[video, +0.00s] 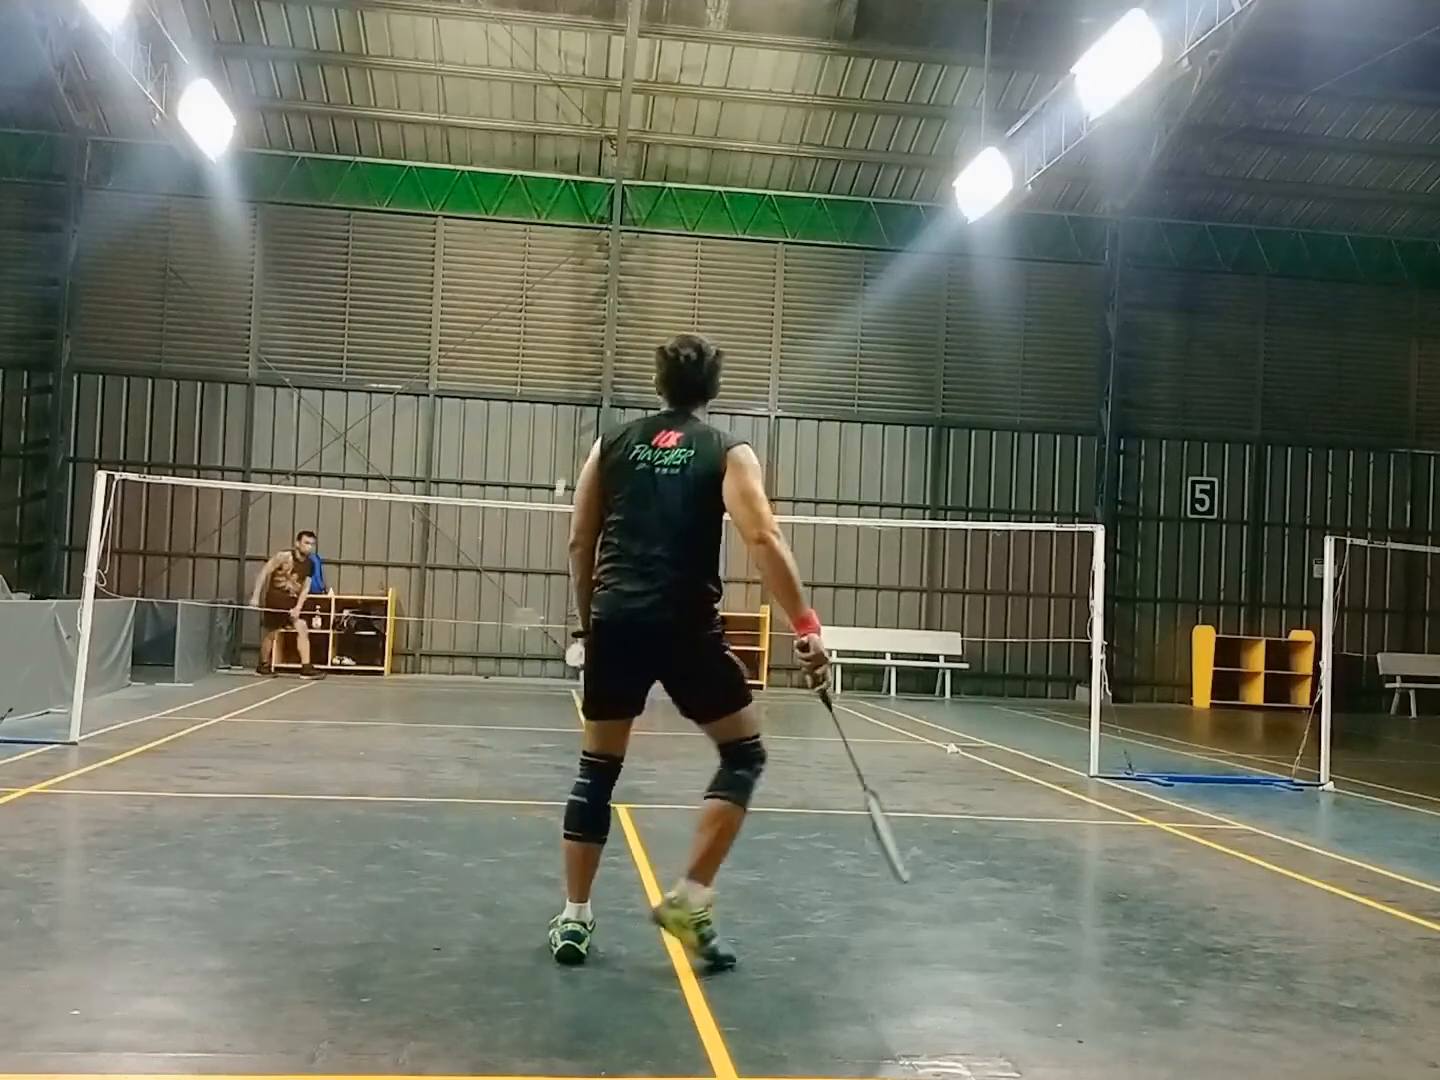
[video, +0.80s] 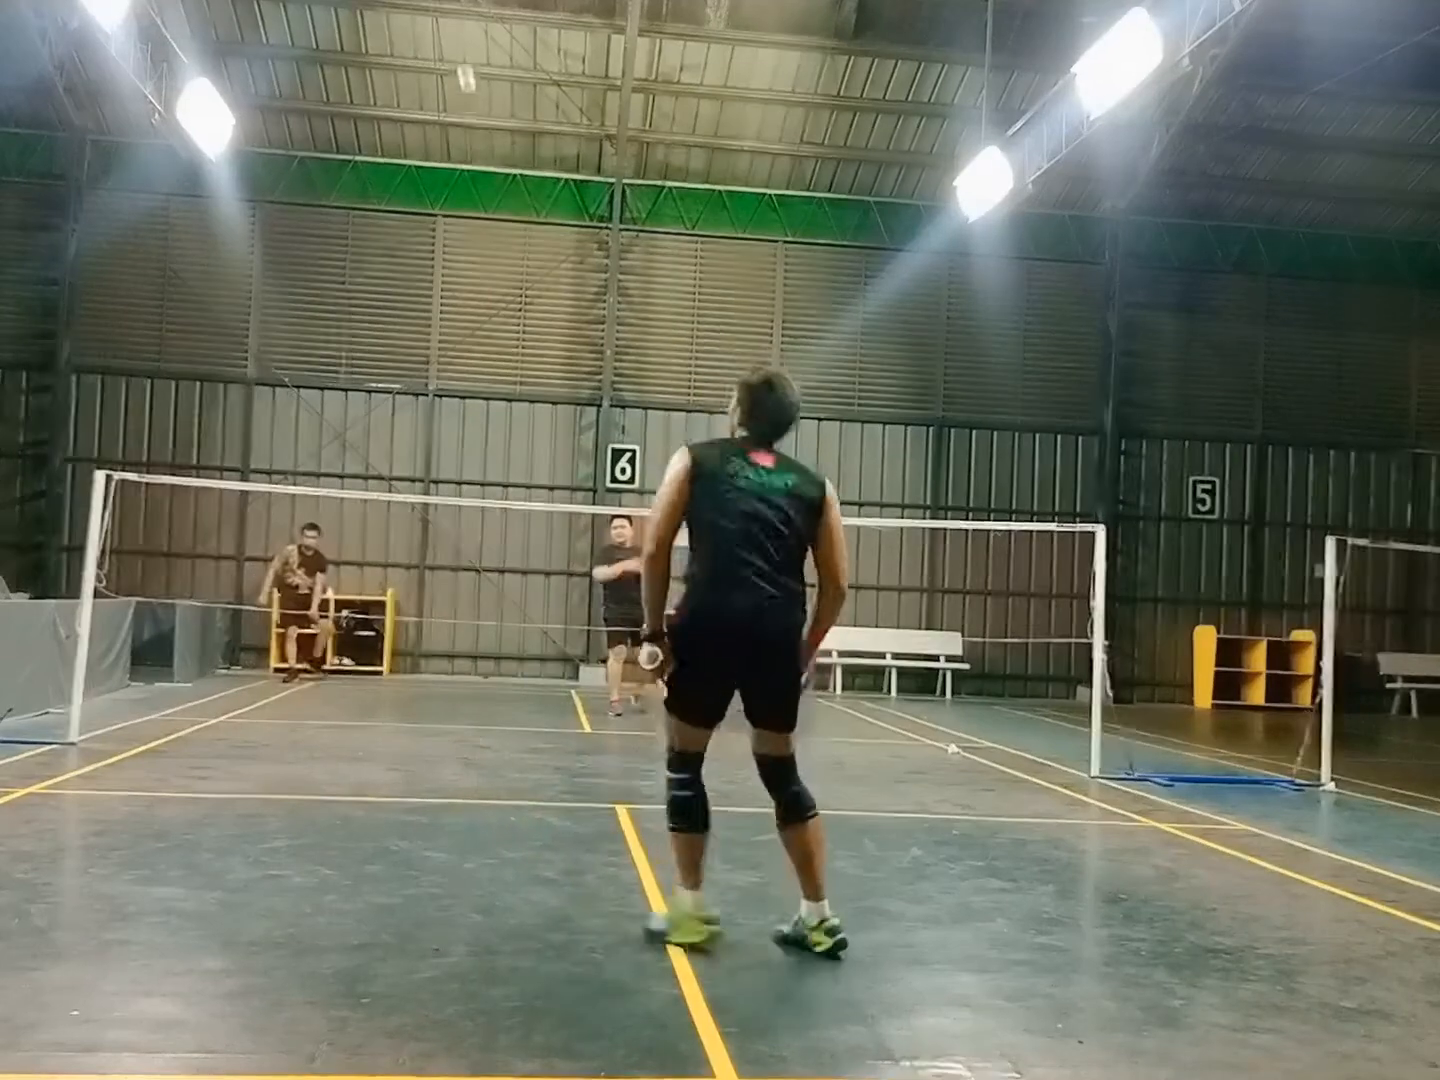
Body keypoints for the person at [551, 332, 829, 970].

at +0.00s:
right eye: (712, 386)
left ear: (659, 385)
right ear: (713, 390)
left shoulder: (611, 443)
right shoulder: (728, 451)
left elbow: (581, 539)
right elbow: (762, 538)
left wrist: (590, 617)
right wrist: (807, 629)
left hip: (612, 627)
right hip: (685, 630)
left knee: (596, 767)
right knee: (743, 753)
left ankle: (574, 915)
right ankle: (691, 895)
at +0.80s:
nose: (730, 415)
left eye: (733, 408)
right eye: (742, 409)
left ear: (738, 416)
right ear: (787, 426)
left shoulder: (695, 461)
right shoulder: (814, 485)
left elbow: (655, 548)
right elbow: (835, 585)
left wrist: (655, 631)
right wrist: (808, 647)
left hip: (706, 636)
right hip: (777, 642)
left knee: (684, 766)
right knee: (781, 770)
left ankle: (690, 905)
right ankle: (818, 913)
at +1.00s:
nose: (713, 393)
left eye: (719, 386)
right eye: (720, 385)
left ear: (730, 402)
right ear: (761, 414)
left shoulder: (706, 447)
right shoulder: (766, 468)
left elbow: (706, 536)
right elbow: (772, 561)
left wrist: (665, 604)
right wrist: (707, 612)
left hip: (732, 632)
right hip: (776, 629)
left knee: (672, 771)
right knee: (757, 764)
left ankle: (748, 903)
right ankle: (816, 906)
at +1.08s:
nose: (689, 374)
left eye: (698, 369)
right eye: (697, 366)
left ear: (714, 388)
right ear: (721, 393)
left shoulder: (726, 445)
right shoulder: (711, 448)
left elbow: (744, 543)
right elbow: (705, 551)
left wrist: (681, 606)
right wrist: (657, 604)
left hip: (738, 626)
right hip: (727, 624)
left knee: (695, 774)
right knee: (711, 767)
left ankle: (700, 911)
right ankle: (801, 875)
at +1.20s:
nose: (669, 382)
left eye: (681, 375)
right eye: (676, 372)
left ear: (708, 396)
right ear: (702, 397)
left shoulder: (751, 468)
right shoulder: (665, 465)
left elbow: (776, 566)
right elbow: (628, 546)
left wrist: (706, 634)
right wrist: (580, 593)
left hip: (732, 640)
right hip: (672, 632)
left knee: (692, 784)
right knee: (649, 780)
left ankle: (698, 912)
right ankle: (743, 855)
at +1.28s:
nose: (654, 388)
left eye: (669, 381)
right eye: (658, 377)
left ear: (704, 399)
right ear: (666, 389)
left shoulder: (751, 471)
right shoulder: (633, 447)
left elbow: (789, 569)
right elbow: (554, 497)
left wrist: (732, 634)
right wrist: (534, 558)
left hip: (715, 644)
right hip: (643, 634)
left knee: (689, 789)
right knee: (611, 772)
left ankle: (698, 909)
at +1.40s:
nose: (647, 390)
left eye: (663, 385)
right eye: (648, 378)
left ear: (698, 400)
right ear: (645, 377)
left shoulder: (735, 457)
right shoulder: (619, 418)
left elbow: (782, 551)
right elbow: (548, 421)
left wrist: (735, 613)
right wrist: (564, 493)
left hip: (685, 633)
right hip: (606, 620)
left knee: (679, 783)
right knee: (574, 768)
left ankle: (693, 903)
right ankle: (550, 926)